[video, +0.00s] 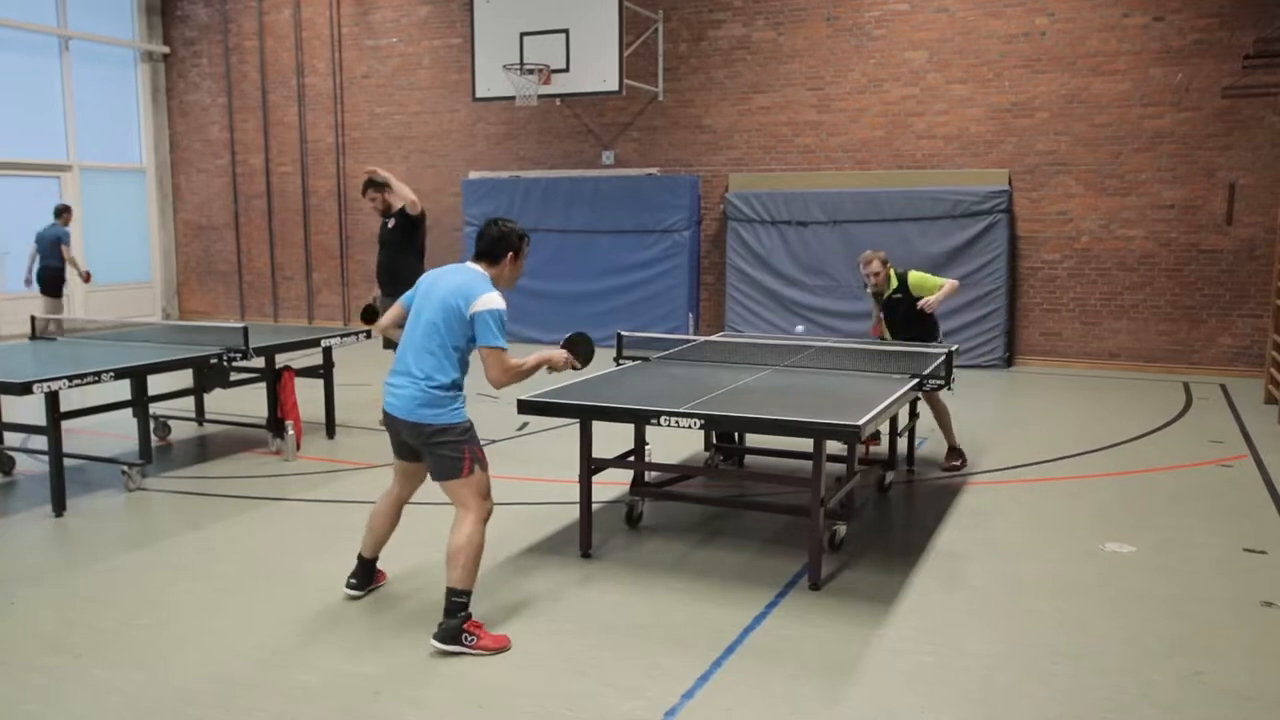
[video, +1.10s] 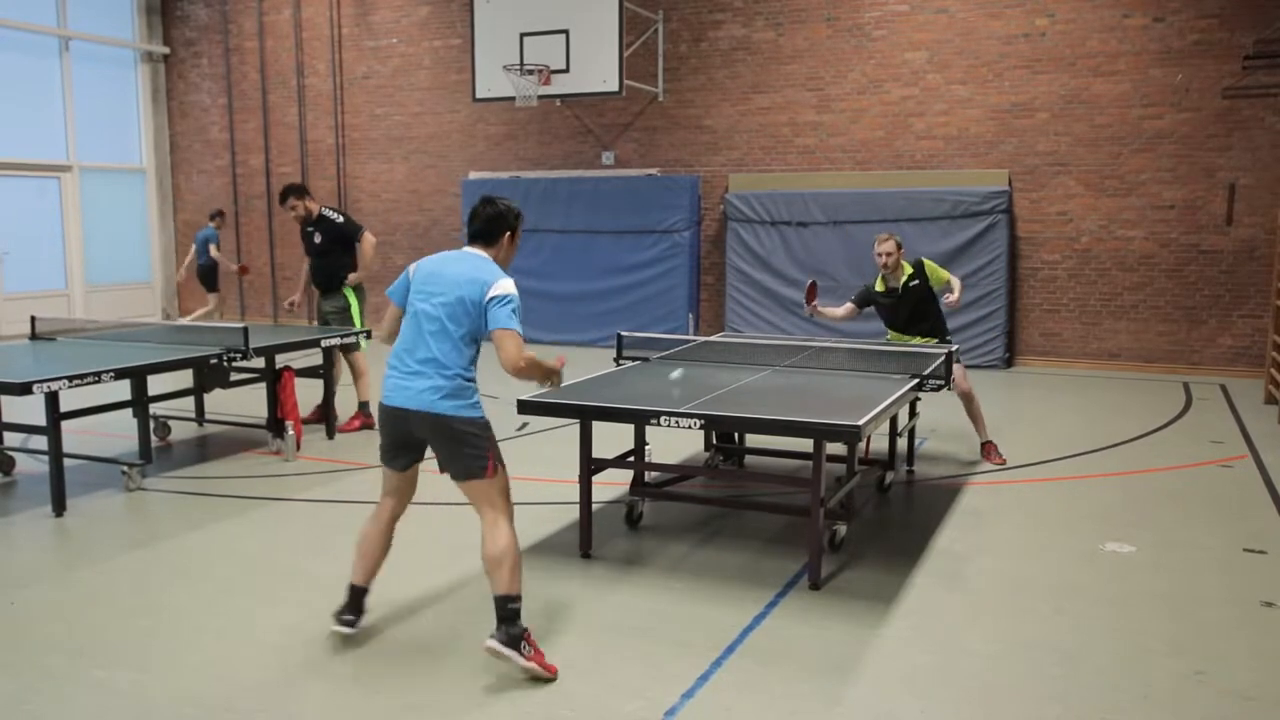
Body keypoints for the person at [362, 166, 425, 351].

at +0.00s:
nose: (373, 206)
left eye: (374, 200)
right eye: (369, 201)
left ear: (387, 194)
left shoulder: (411, 216)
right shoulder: (386, 220)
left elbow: (411, 200)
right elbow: (387, 259)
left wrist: (386, 176)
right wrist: (380, 290)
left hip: (407, 295)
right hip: (388, 294)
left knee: (411, 349)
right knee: (397, 350)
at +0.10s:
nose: (366, 206)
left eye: (367, 200)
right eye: (363, 201)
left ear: (380, 195)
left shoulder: (405, 218)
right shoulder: (381, 222)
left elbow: (410, 206)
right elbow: (384, 261)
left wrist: (379, 190)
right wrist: (376, 290)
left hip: (406, 295)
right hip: (386, 296)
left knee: (410, 347)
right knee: (391, 349)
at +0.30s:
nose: (352, 208)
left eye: (352, 201)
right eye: (349, 203)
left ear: (366, 195)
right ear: (362, 198)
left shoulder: (390, 212)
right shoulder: (372, 223)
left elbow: (407, 233)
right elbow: (373, 261)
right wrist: (357, 290)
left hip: (393, 294)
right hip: (380, 294)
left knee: (384, 350)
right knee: (383, 350)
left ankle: (384, 407)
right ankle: (385, 406)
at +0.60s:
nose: (329, 214)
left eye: (330, 208)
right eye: (326, 210)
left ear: (343, 199)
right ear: (338, 203)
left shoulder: (371, 220)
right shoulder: (347, 224)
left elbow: (396, 252)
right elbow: (353, 261)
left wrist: (390, 289)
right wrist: (337, 285)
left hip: (373, 297)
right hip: (357, 297)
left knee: (372, 353)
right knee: (359, 351)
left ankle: (368, 413)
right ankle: (397, 398)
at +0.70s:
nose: (323, 216)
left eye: (323, 210)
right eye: (319, 212)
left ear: (336, 201)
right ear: (330, 205)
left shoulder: (361, 218)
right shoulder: (340, 224)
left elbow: (392, 247)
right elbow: (345, 258)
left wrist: (382, 283)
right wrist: (333, 284)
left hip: (368, 297)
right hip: (350, 298)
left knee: (369, 352)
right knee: (344, 347)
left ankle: (368, 412)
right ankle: (380, 394)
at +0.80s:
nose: (316, 216)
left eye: (316, 210)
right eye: (312, 212)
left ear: (328, 201)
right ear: (321, 205)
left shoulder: (354, 218)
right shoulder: (332, 223)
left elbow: (387, 239)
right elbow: (339, 256)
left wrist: (376, 274)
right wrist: (329, 282)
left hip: (362, 295)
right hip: (344, 296)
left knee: (365, 352)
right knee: (337, 347)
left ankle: (368, 412)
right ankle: (355, 400)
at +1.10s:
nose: (293, 215)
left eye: (294, 208)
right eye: (289, 211)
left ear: (307, 200)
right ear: (292, 208)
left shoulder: (333, 218)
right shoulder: (306, 227)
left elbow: (368, 240)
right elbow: (310, 260)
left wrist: (362, 272)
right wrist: (299, 293)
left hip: (346, 292)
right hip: (325, 295)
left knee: (352, 351)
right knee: (329, 354)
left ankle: (364, 411)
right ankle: (327, 406)